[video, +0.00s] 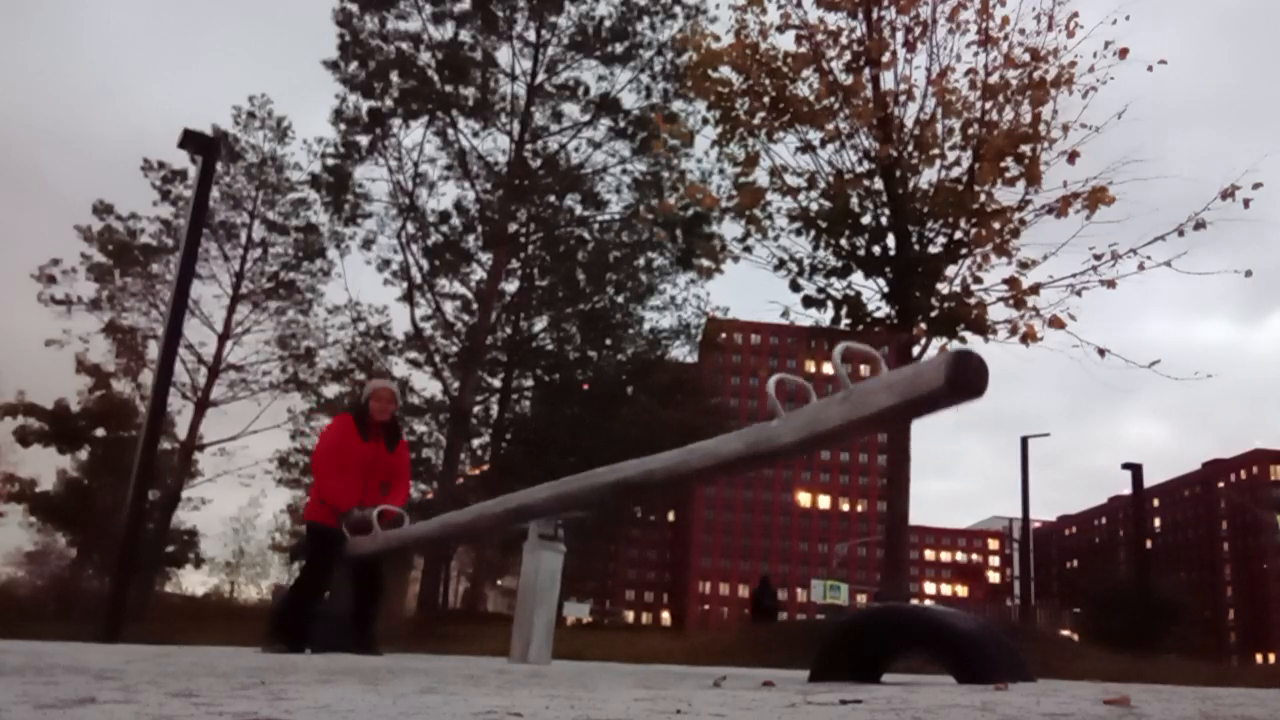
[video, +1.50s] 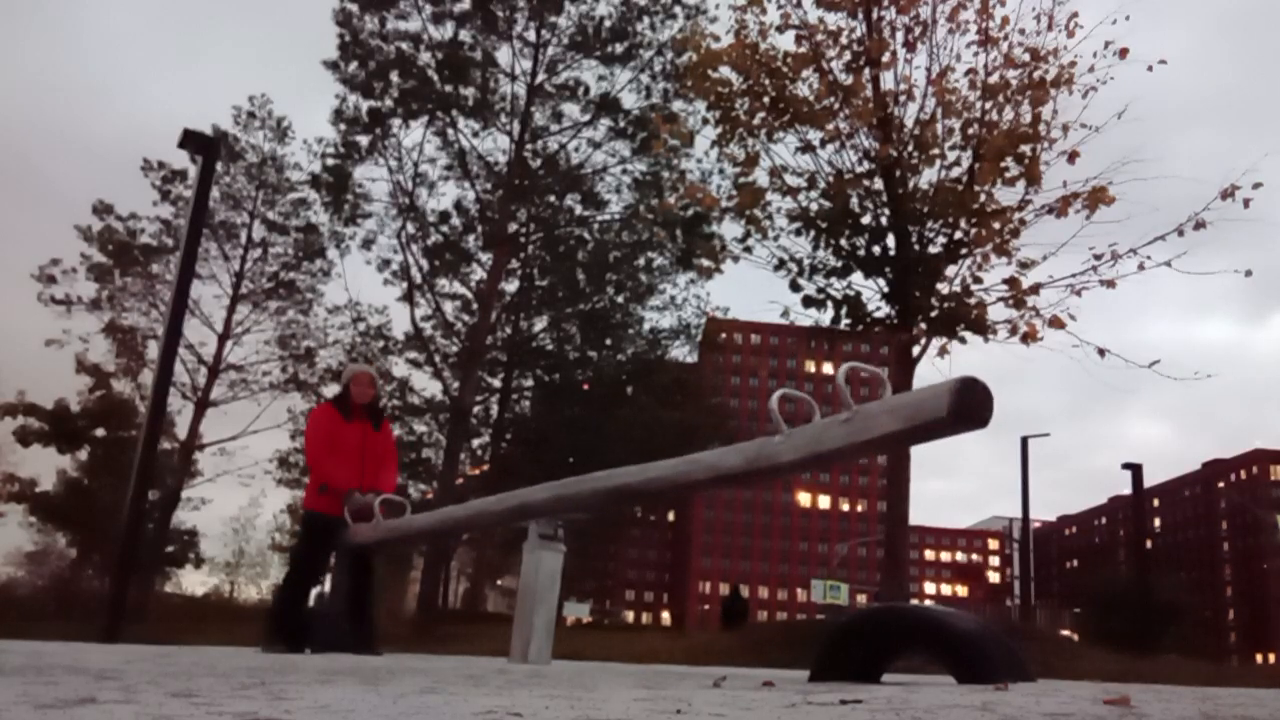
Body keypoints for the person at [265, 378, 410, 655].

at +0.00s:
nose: (384, 406)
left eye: (390, 401)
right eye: (378, 400)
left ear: (396, 406)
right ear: (367, 402)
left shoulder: (396, 442)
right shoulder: (343, 426)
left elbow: (401, 483)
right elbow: (322, 468)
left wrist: (387, 510)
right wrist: (347, 506)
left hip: (367, 525)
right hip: (327, 516)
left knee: (370, 583)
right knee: (317, 573)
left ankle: (362, 645)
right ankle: (286, 637)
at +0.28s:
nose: (382, 418)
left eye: (387, 413)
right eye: (376, 411)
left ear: (394, 419)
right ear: (365, 414)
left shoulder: (393, 452)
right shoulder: (341, 438)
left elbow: (395, 495)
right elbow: (322, 481)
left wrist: (382, 525)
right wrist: (343, 520)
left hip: (366, 530)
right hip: (326, 525)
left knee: (372, 586)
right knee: (323, 578)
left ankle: (362, 646)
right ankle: (285, 636)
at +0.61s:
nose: (378, 401)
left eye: (384, 396)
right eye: (372, 394)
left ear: (391, 401)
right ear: (361, 396)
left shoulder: (391, 439)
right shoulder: (339, 422)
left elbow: (391, 482)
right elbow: (322, 468)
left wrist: (374, 512)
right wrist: (343, 506)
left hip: (362, 520)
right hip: (324, 515)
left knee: (366, 582)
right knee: (312, 575)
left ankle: (361, 643)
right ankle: (287, 638)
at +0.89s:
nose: (373, 381)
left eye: (378, 376)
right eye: (367, 375)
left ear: (385, 381)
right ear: (355, 377)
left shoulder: (386, 416)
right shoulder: (330, 406)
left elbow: (395, 455)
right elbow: (318, 451)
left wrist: (385, 484)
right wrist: (347, 484)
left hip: (362, 510)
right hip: (323, 503)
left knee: (364, 575)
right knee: (304, 570)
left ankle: (365, 640)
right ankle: (282, 637)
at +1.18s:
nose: (365, 379)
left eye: (370, 374)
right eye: (359, 373)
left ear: (377, 380)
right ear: (347, 377)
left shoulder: (383, 415)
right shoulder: (326, 407)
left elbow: (394, 452)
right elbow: (316, 451)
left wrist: (390, 483)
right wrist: (347, 482)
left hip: (365, 510)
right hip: (324, 505)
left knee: (366, 576)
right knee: (304, 569)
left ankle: (365, 639)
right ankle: (282, 635)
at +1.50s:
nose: (363, 389)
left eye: (369, 384)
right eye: (357, 384)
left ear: (376, 390)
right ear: (346, 387)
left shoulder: (381, 426)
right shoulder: (324, 415)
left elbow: (389, 466)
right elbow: (317, 459)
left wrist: (381, 493)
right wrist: (344, 490)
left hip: (362, 516)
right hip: (323, 511)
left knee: (361, 580)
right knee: (304, 574)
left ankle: (361, 643)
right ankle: (282, 637)